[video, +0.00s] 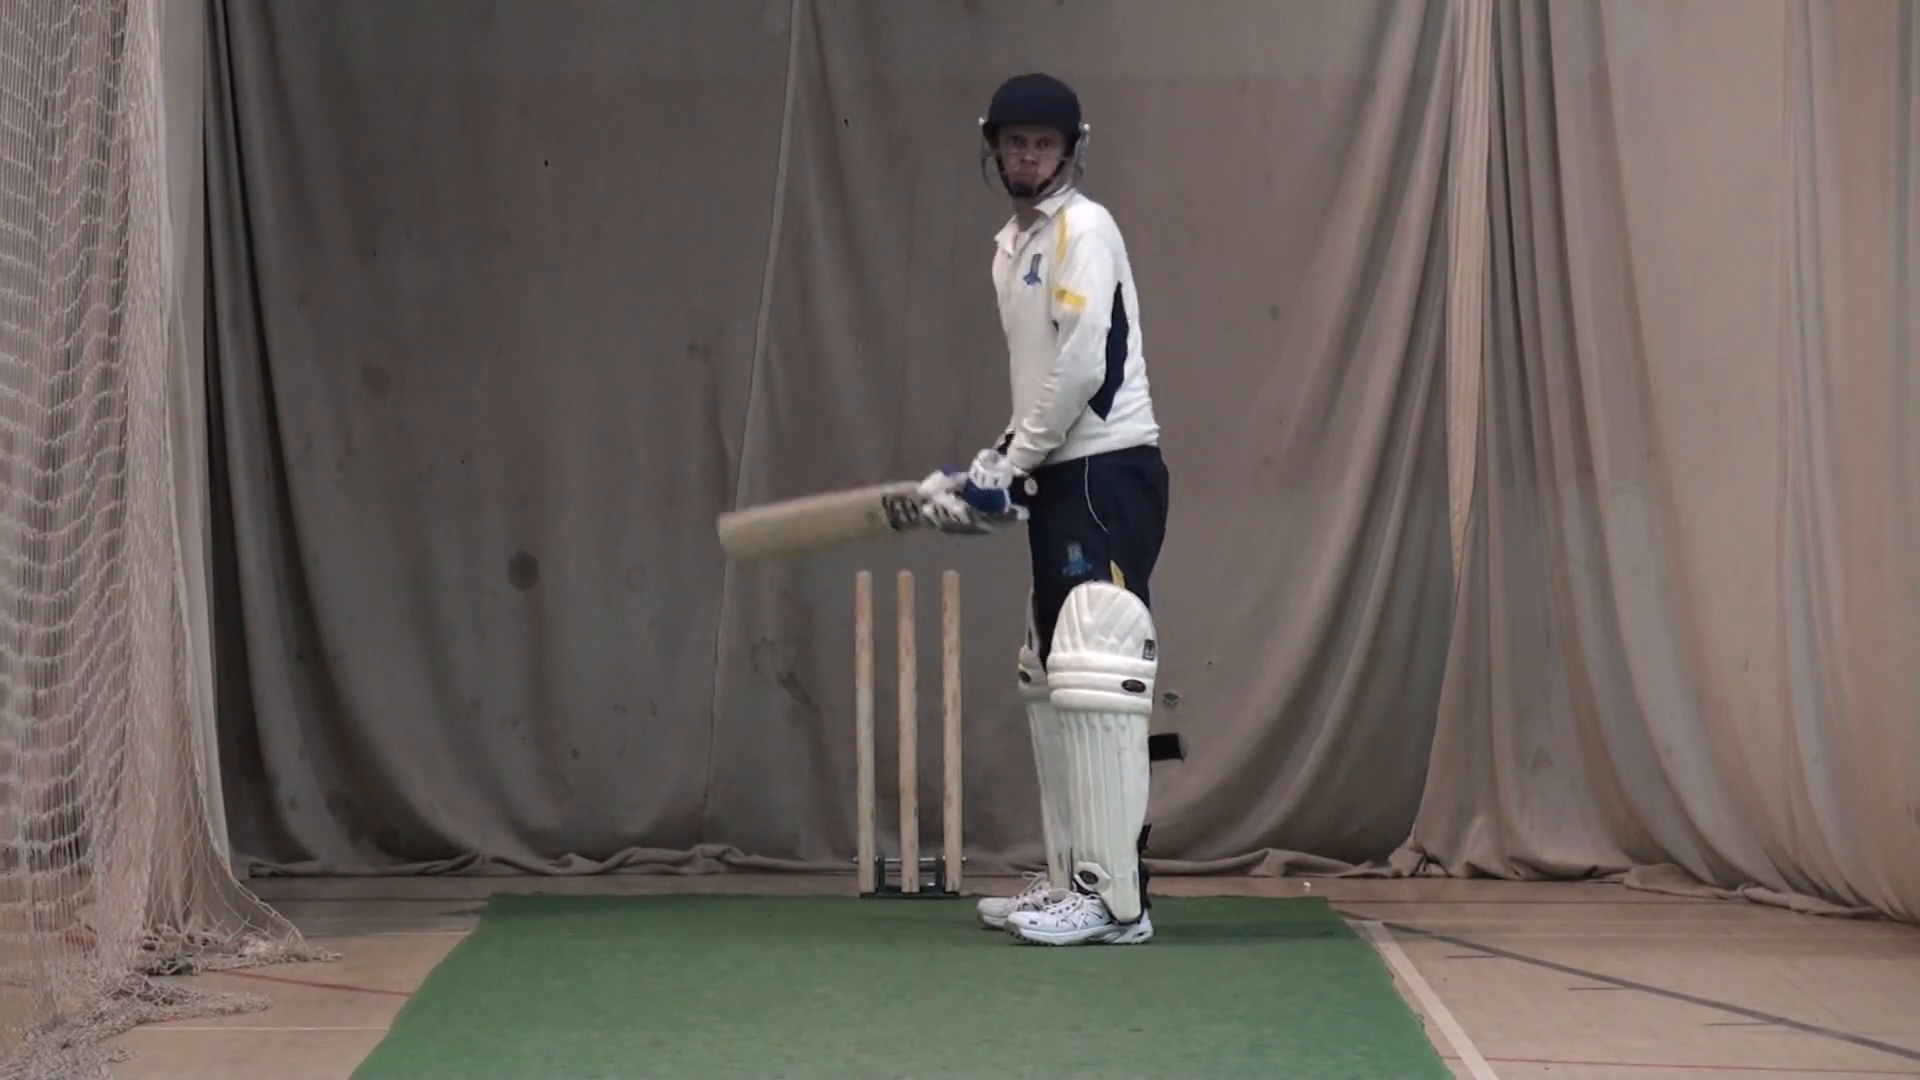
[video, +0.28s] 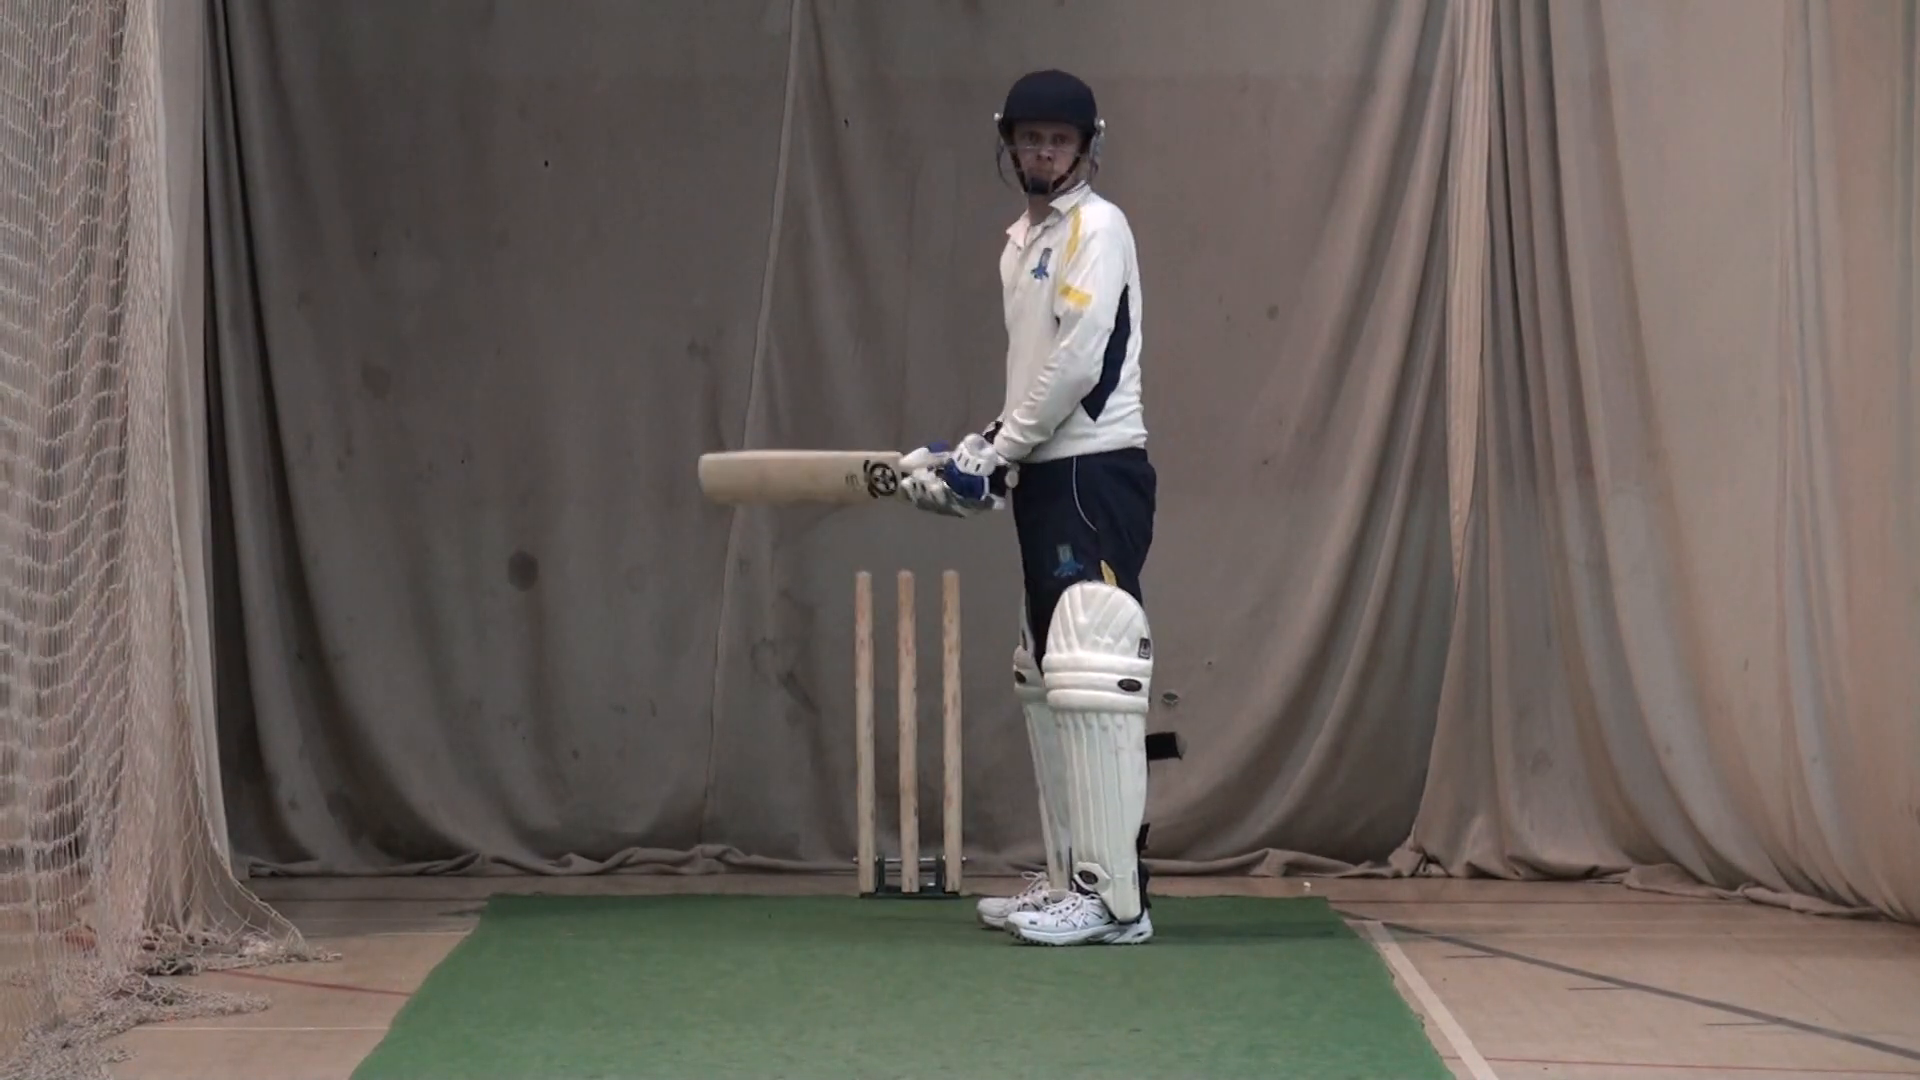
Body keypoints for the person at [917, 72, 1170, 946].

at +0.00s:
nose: (1025, 158)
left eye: (1042, 143)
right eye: (1011, 143)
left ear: (1070, 149)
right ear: (993, 150)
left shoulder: (1083, 230)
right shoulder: (1011, 244)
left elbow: (1083, 372)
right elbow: (1038, 383)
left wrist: (1005, 470)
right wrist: (986, 472)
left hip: (1106, 475)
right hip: (1058, 477)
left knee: (1100, 681)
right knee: (1054, 678)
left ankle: (1114, 899)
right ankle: (1071, 879)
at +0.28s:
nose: (1043, 153)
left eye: (1060, 139)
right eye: (1029, 139)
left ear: (1085, 145)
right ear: (1009, 145)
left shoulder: (1096, 227)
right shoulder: (1024, 242)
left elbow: (1080, 366)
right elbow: (1031, 380)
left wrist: (992, 452)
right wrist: (970, 456)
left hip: (1094, 477)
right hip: (1046, 479)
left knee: (1096, 682)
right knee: (1051, 680)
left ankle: (1114, 899)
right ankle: (1071, 880)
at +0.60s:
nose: (1021, 161)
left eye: (1038, 147)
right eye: (1007, 146)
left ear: (1065, 153)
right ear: (988, 153)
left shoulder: (1077, 225)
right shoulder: (1010, 250)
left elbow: (1075, 366)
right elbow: (1035, 385)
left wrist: (1003, 467)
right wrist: (984, 480)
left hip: (1105, 473)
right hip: (1058, 478)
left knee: (1093, 677)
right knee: (1050, 676)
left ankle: (1113, 897)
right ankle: (1073, 879)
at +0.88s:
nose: (978, 185)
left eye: (993, 170)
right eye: (964, 173)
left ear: (1024, 171)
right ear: (950, 182)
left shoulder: (1043, 235)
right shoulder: (1000, 265)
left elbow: (1073, 368)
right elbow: (1043, 395)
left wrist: (1032, 481)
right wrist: (1019, 503)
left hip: (1126, 471)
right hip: (1084, 479)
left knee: (1091, 676)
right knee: (1052, 675)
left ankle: (1112, 896)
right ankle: (1081, 878)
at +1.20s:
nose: (980, 188)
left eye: (995, 172)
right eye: (966, 175)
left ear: (1026, 172)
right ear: (951, 183)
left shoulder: (1042, 236)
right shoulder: (1003, 264)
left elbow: (1071, 372)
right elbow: (1046, 397)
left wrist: (1023, 486)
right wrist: (1013, 505)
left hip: (1127, 469)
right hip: (1085, 477)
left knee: (1090, 673)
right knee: (1053, 671)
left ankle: (1112, 895)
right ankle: (1082, 878)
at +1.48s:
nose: (977, 194)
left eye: (991, 177)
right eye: (961, 181)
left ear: (1021, 177)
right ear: (945, 190)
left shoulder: (1040, 239)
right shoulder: (998, 274)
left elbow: (1071, 375)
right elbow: (1048, 405)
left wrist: (1026, 491)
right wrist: (1012, 513)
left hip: (1129, 469)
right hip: (1086, 478)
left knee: (1088, 673)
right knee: (1049, 673)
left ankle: (1112, 896)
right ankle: (1080, 879)